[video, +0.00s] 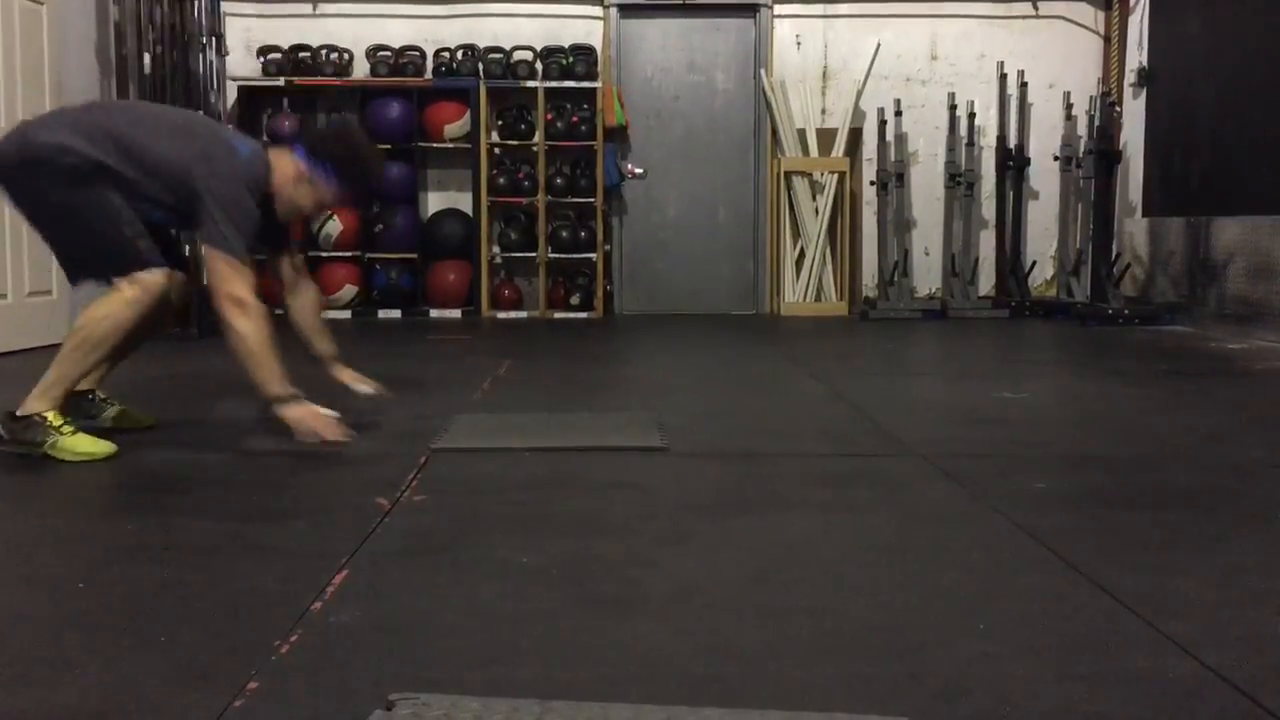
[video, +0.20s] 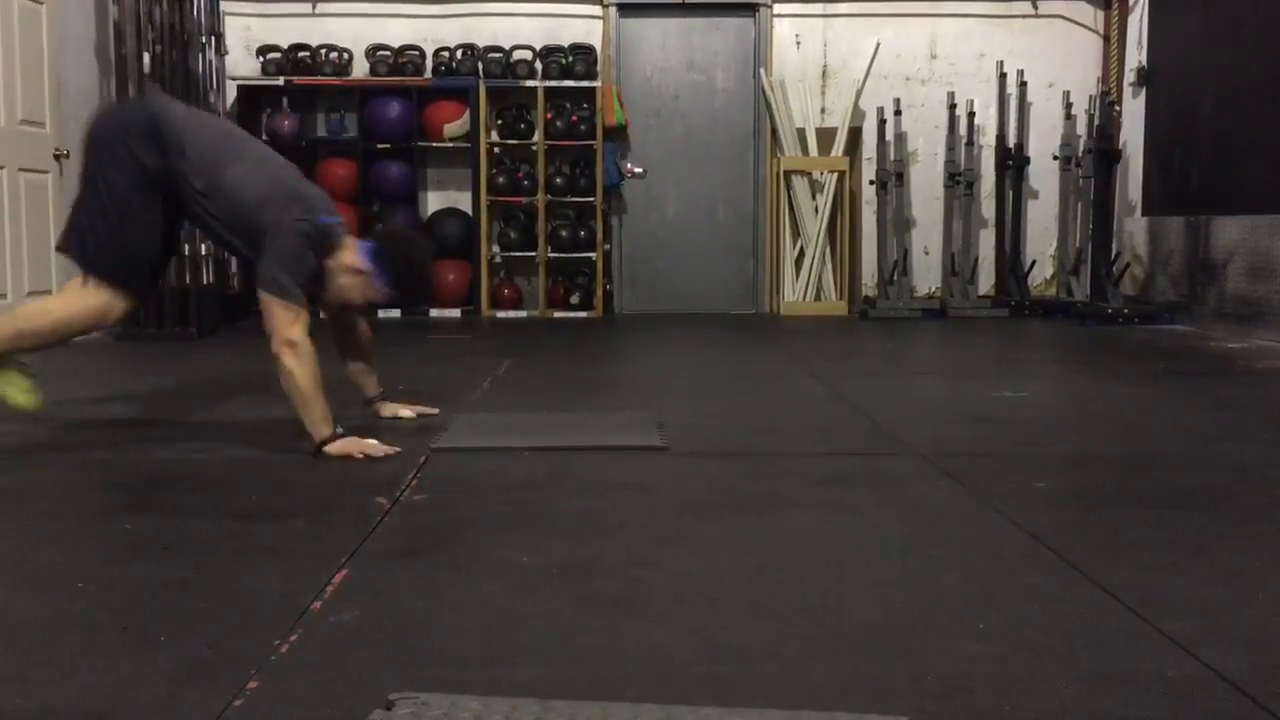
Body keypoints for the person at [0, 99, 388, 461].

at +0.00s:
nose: (316, 216)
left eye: (325, 210)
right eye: (320, 203)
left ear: (300, 172)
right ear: (299, 171)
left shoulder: (268, 184)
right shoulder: (229, 175)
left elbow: (295, 283)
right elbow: (236, 301)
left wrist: (334, 364)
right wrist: (286, 399)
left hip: (85, 162)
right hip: (46, 158)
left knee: (169, 283)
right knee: (143, 282)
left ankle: (80, 394)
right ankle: (34, 413)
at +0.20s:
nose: (355, 307)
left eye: (365, 305)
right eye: (362, 296)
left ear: (362, 257)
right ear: (358, 266)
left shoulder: (331, 233)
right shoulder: (292, 235)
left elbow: (347, 321)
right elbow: (287, 343)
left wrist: (375, 397)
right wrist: (328, 437)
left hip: (155, 141)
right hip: (133, 136)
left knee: (113, 296)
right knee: (106, 298)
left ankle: (15, 350)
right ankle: (8, 343)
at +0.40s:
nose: (443, 239)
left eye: (453, 232)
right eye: (447, 225)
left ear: (428, 199)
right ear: (424, 194)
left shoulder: (382, 229)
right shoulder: (352, 219)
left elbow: (373, 316)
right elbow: (319, 331)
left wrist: (378, 398)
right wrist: (331, 435)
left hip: (198, 277)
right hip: (181, 269)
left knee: (43, 349)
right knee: (34, 363)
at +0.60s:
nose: (438, 271)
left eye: (445, 260)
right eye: (438, 255)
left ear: (414, 240)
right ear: (406, 235)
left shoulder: (368, 278)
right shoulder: (338, 265)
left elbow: (343, 344)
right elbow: (280, 351)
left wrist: (371, 401)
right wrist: (325, 437)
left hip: (202, 374)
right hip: (184, 375)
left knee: (76, 400)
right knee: (21, 420)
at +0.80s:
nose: (469, 378)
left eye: (476, 370)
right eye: (471, 365)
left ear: (448, 338)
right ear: (449, 342)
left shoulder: (396, 347)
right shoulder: (382, 345)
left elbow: (322, 368)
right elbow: (280, 358)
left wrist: (384, 401)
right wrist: (327, 438)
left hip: (209, 385)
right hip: (199, 397)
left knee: (75, 399)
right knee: (29, 419)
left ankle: (1, 360)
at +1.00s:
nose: (480, 385)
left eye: (487, 376)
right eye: (482, 371)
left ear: (459, 347)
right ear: (457, 348)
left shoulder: (411, 356)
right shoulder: (398, 349)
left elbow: (322, 356)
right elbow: (295, 352)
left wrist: (374, 412)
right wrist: (327, 437)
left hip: (220, 388)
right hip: (207, 396)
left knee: (84, 396)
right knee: (23, 418)